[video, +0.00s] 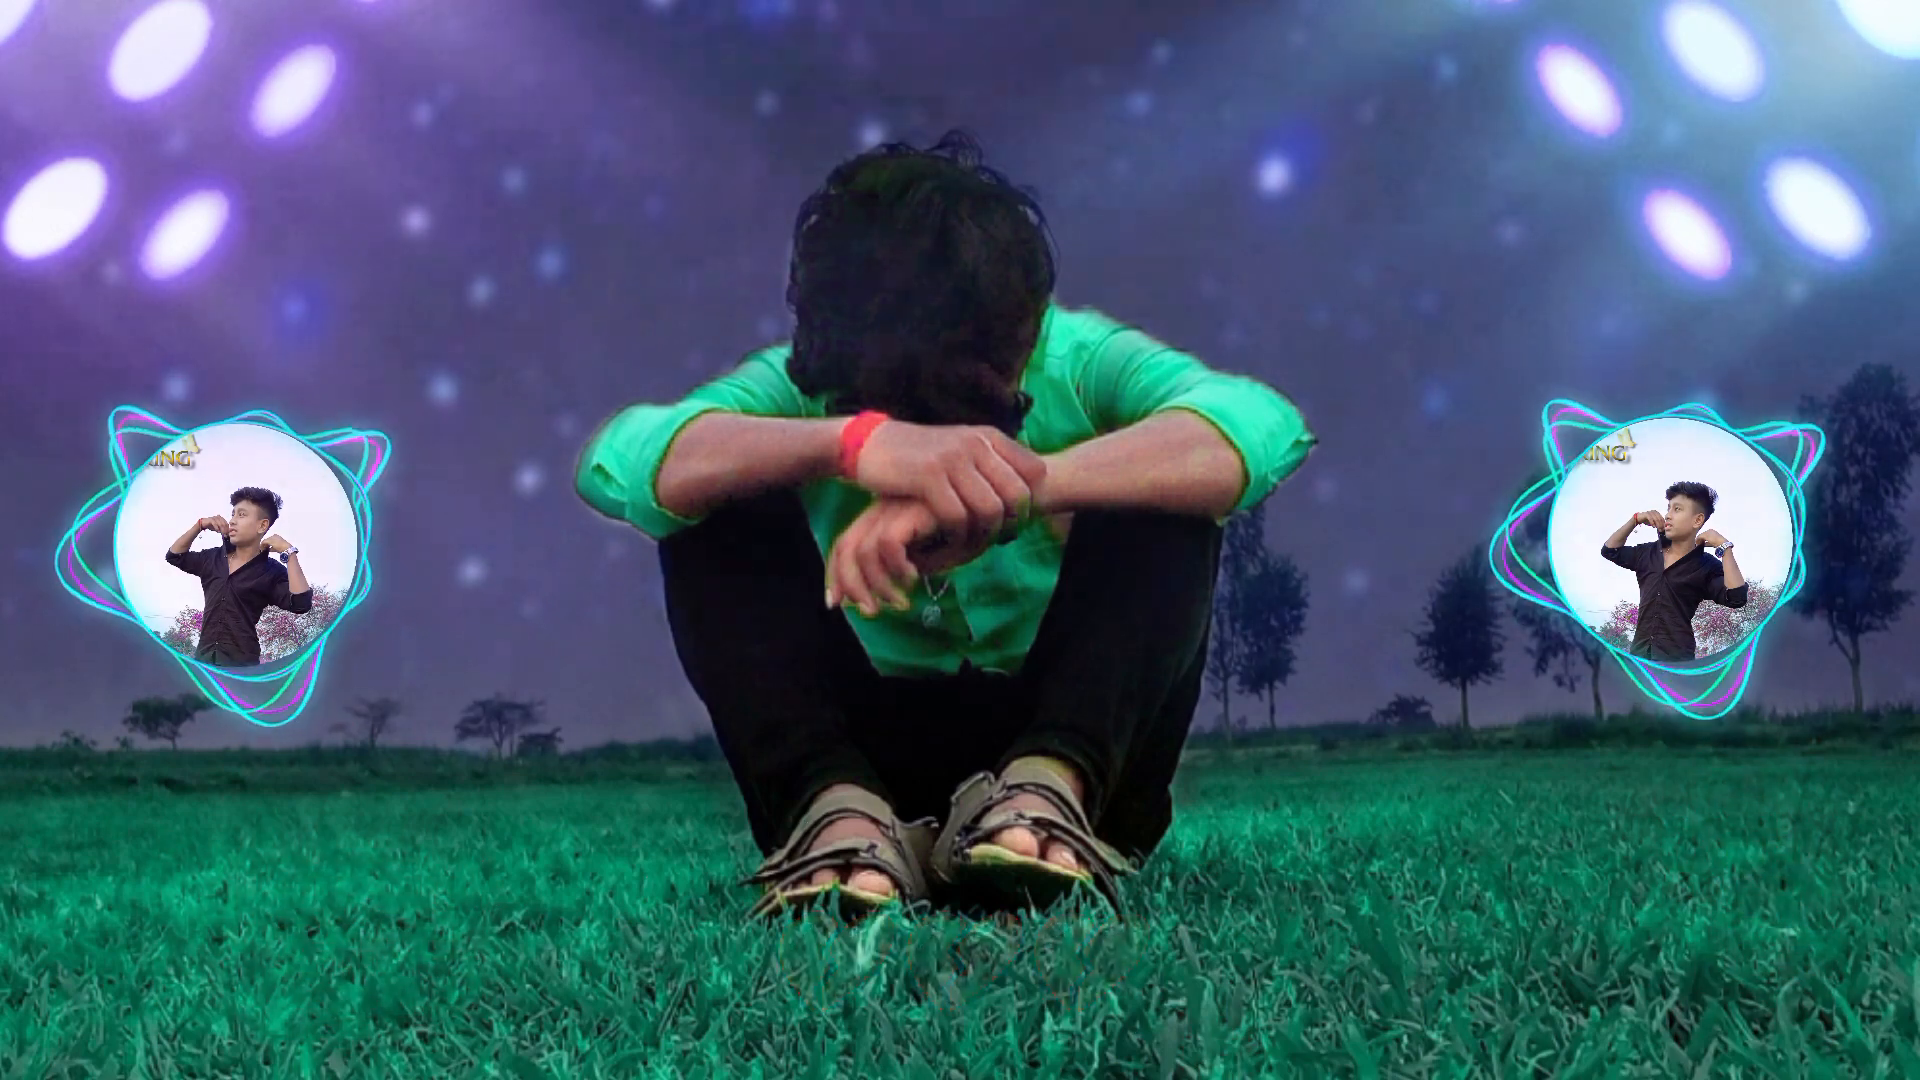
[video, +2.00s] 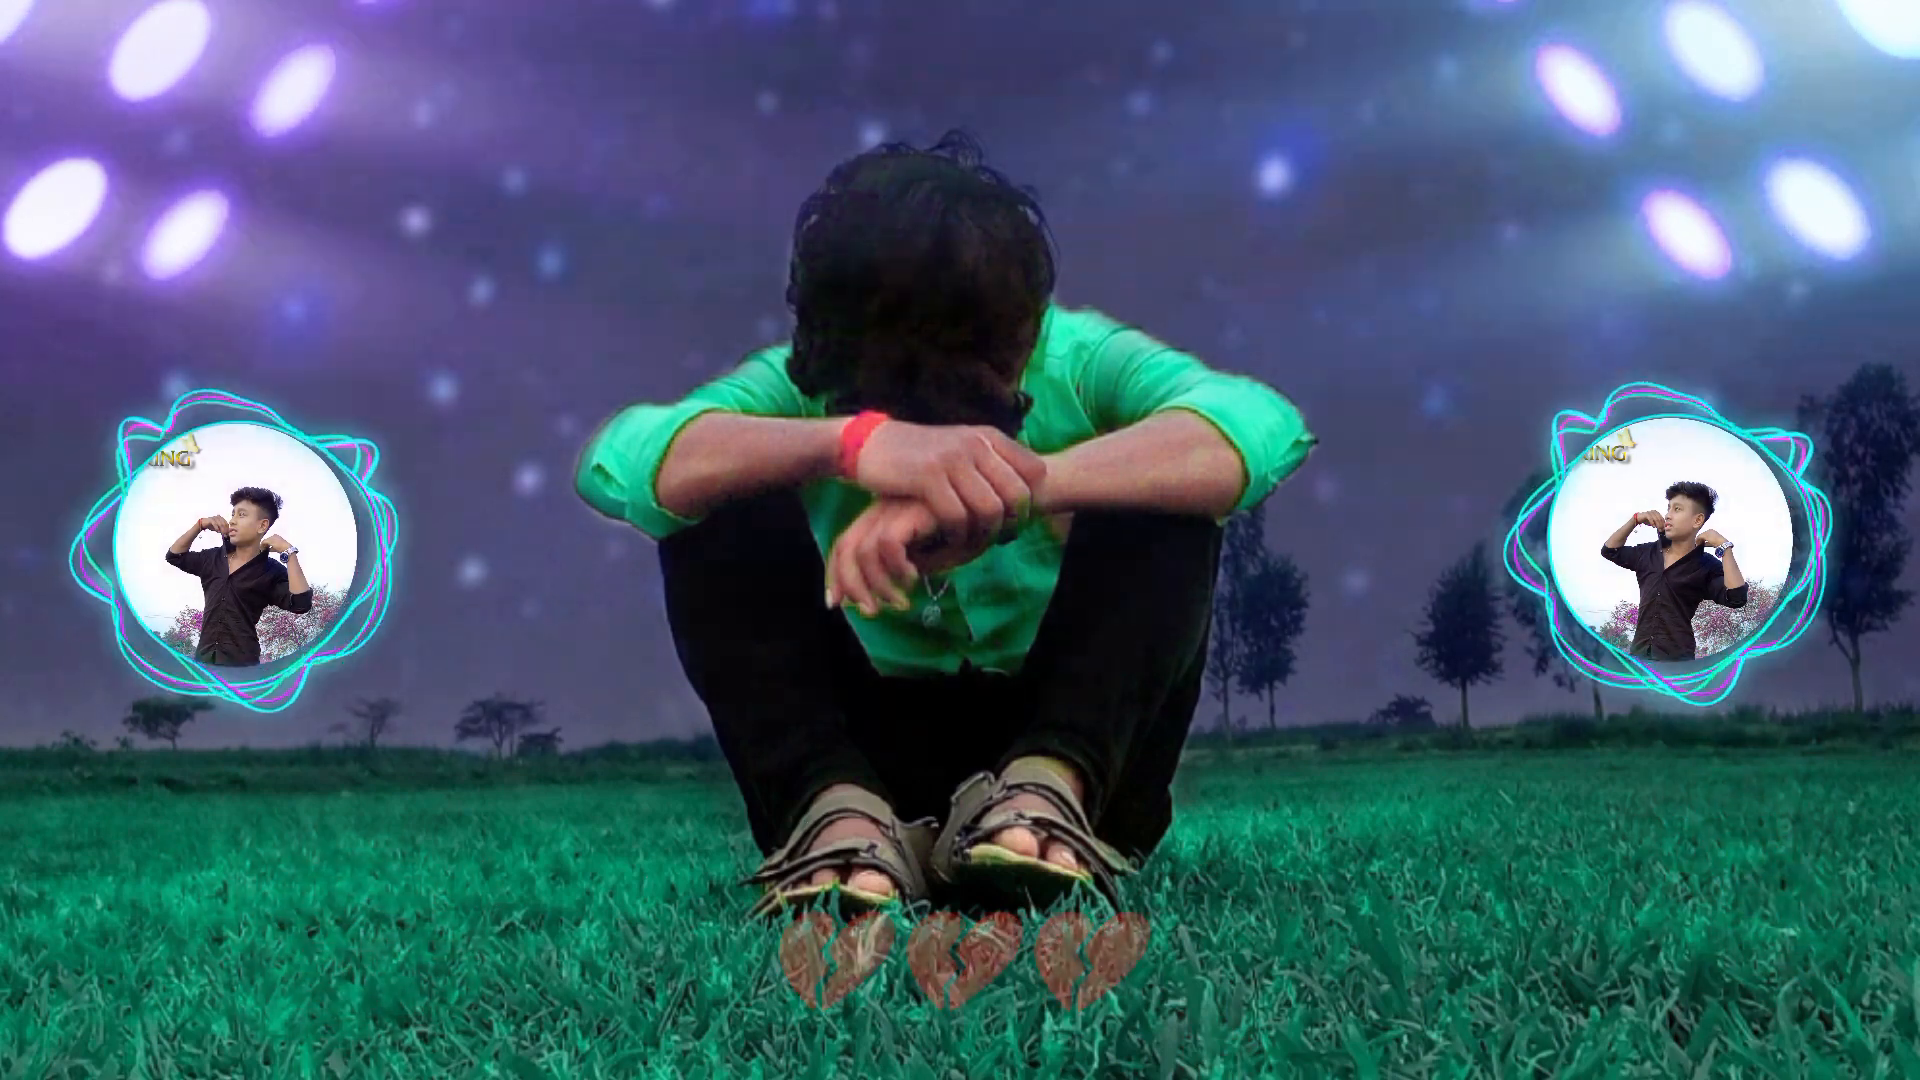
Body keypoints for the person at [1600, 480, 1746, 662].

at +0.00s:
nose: (1667, 515)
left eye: (1677, 509)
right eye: (1668, 509)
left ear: (1698, 520)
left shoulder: (1705, 564)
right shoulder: (1647, 553)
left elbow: (1737, 599)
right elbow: (1609, 551)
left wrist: (1725, 547)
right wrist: (1634, 520)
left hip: (1677, 660)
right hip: (1639, 655)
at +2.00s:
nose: (1667, 515)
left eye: (1677, 509)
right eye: (1668, 509)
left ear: (1698, 520)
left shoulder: (1705, 564)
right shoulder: (1647, 553)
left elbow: (1737, 599)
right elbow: (1609, 551)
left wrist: (1725, 547)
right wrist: (1634, 521)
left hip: (1677, 658)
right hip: (1639, 654)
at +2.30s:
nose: (1667, 515)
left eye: (1677, 509)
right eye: (1668, 509)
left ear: (1698, 520)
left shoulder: (1705, 564)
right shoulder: (1647, 553)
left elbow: (1737, 599)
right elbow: (1609, 551)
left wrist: (1725, 547)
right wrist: (1634, 520)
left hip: (1677, 658)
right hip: (1639, 653)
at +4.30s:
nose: (1667, 515)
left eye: (1677, 509)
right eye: (1668, 509)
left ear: (1698, 520)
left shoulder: (1705, 565)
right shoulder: (1647, 553)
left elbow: (1737, 598)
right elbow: (1609, 551)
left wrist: (1725, 547)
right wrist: (1634, 520)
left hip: (1677, 660)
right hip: (1639, 655)